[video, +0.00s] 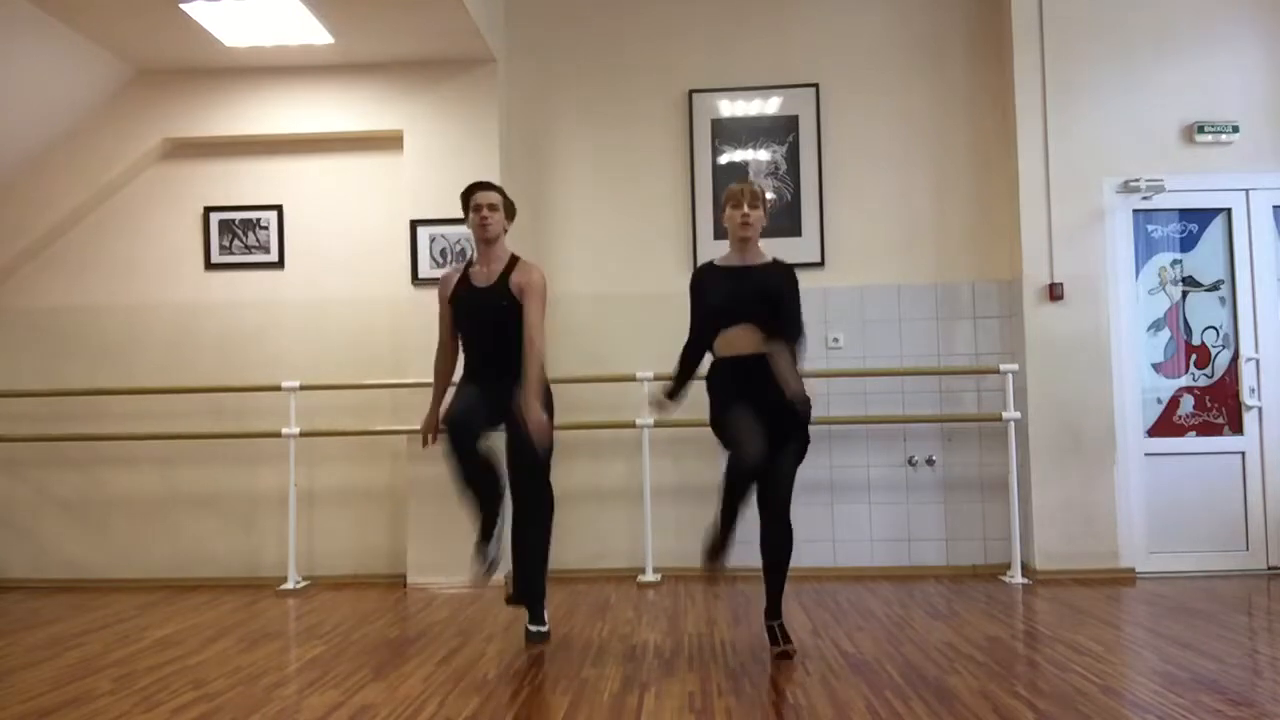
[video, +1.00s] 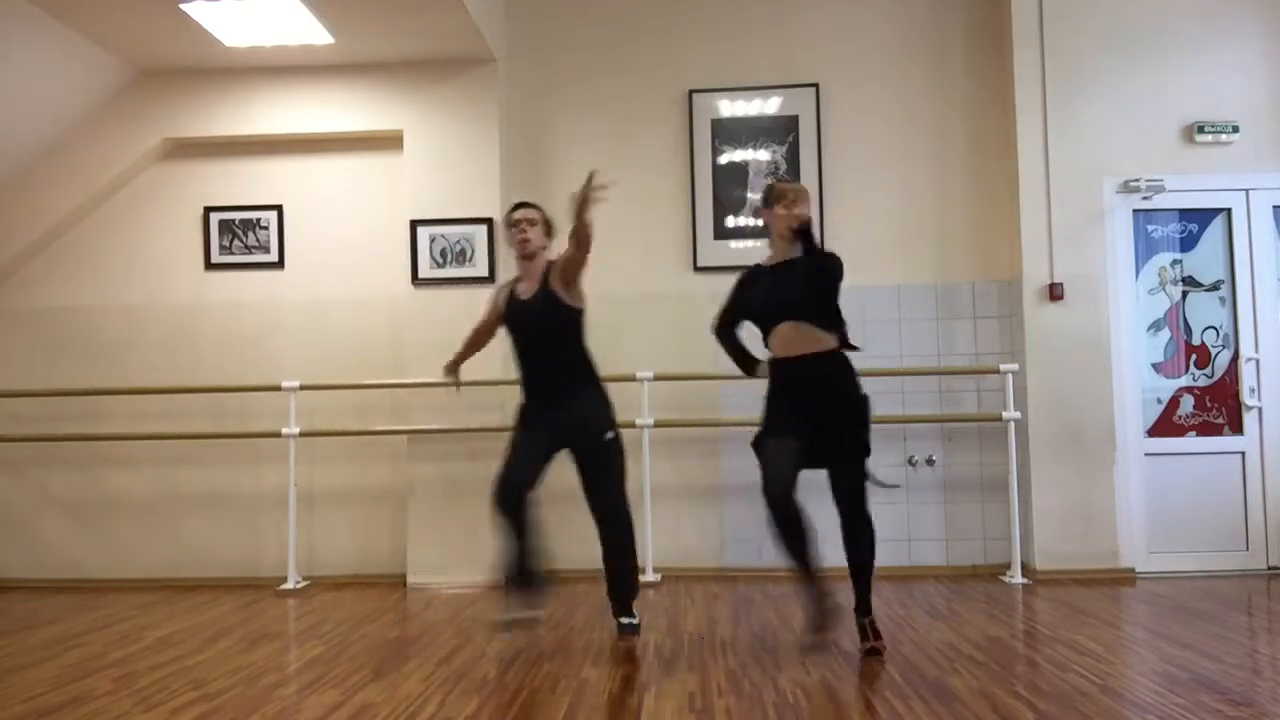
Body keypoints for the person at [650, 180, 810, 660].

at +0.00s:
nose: (744, 213)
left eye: (753, 205)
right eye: (736, 206)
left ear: (765, 214)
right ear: (723, 216)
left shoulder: (781, 273)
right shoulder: (706, 277)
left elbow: (789, 336)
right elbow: (698, 339)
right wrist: (674, 389)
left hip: (779, 386)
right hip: (729, 385)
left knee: (777, 506)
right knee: (750, 453)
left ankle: (774, 615)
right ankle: (723, 532)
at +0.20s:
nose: (746, 208)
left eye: (755, 200)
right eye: (738, 200)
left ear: (767, 210)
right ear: (725, 208)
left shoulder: (782, 272)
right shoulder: (702, 264)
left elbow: (813, 326)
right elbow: (674, 327)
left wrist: (809, 381)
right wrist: (695, 297)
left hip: (768, 397)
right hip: (719, 398)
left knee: (758, 499)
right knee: (723, 505)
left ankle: (772, 607)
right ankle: (730, 616)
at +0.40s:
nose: (739, 223)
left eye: (747, 215)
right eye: (731, 215)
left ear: (760, 224)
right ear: (719, 223)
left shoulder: (775, 284)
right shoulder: (706, 284)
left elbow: (770, 345)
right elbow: (698, 354)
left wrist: (780, 362)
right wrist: (753, 346)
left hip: (758, 407)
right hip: (709, 406)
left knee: (712, 480)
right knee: (711, 508)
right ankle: (718, 620)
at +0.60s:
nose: (752, 208)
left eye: (758, 201)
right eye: (742, 201)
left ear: (765, 210)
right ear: (721, 210)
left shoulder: (782, 261)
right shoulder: (703, 262)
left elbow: (833, 300)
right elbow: (673, 322)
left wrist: (873, 334)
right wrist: (721, 322)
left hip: (769, 386)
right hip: (717, 388)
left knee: (751, 477)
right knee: (713, 508)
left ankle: (799, 559)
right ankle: (719, 618)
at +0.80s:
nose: (767, 220)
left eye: (772, 213)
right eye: (757, 212)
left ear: (777, 224)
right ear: (735, 222)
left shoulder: (795, 277)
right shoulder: (716, 281)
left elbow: (850, 302)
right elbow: (686, 333)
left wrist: (877, 255)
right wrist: (690, 365)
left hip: (786, 398)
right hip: (734, 400)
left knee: (821, 509)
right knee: (728, 519)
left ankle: (870, 612)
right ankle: (722, 626)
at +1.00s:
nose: (795, 211)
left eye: (801, 204)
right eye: (785, 203)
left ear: (809, 216)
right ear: (766, 216)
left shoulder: (825, 265)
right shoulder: (754, 278)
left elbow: (826, 279)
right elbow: (723, 327)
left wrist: (806, 232)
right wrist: (751, 365)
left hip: (836, 388)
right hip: (787, 391)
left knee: (851, 502)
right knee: (777, 492)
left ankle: (864, 612)